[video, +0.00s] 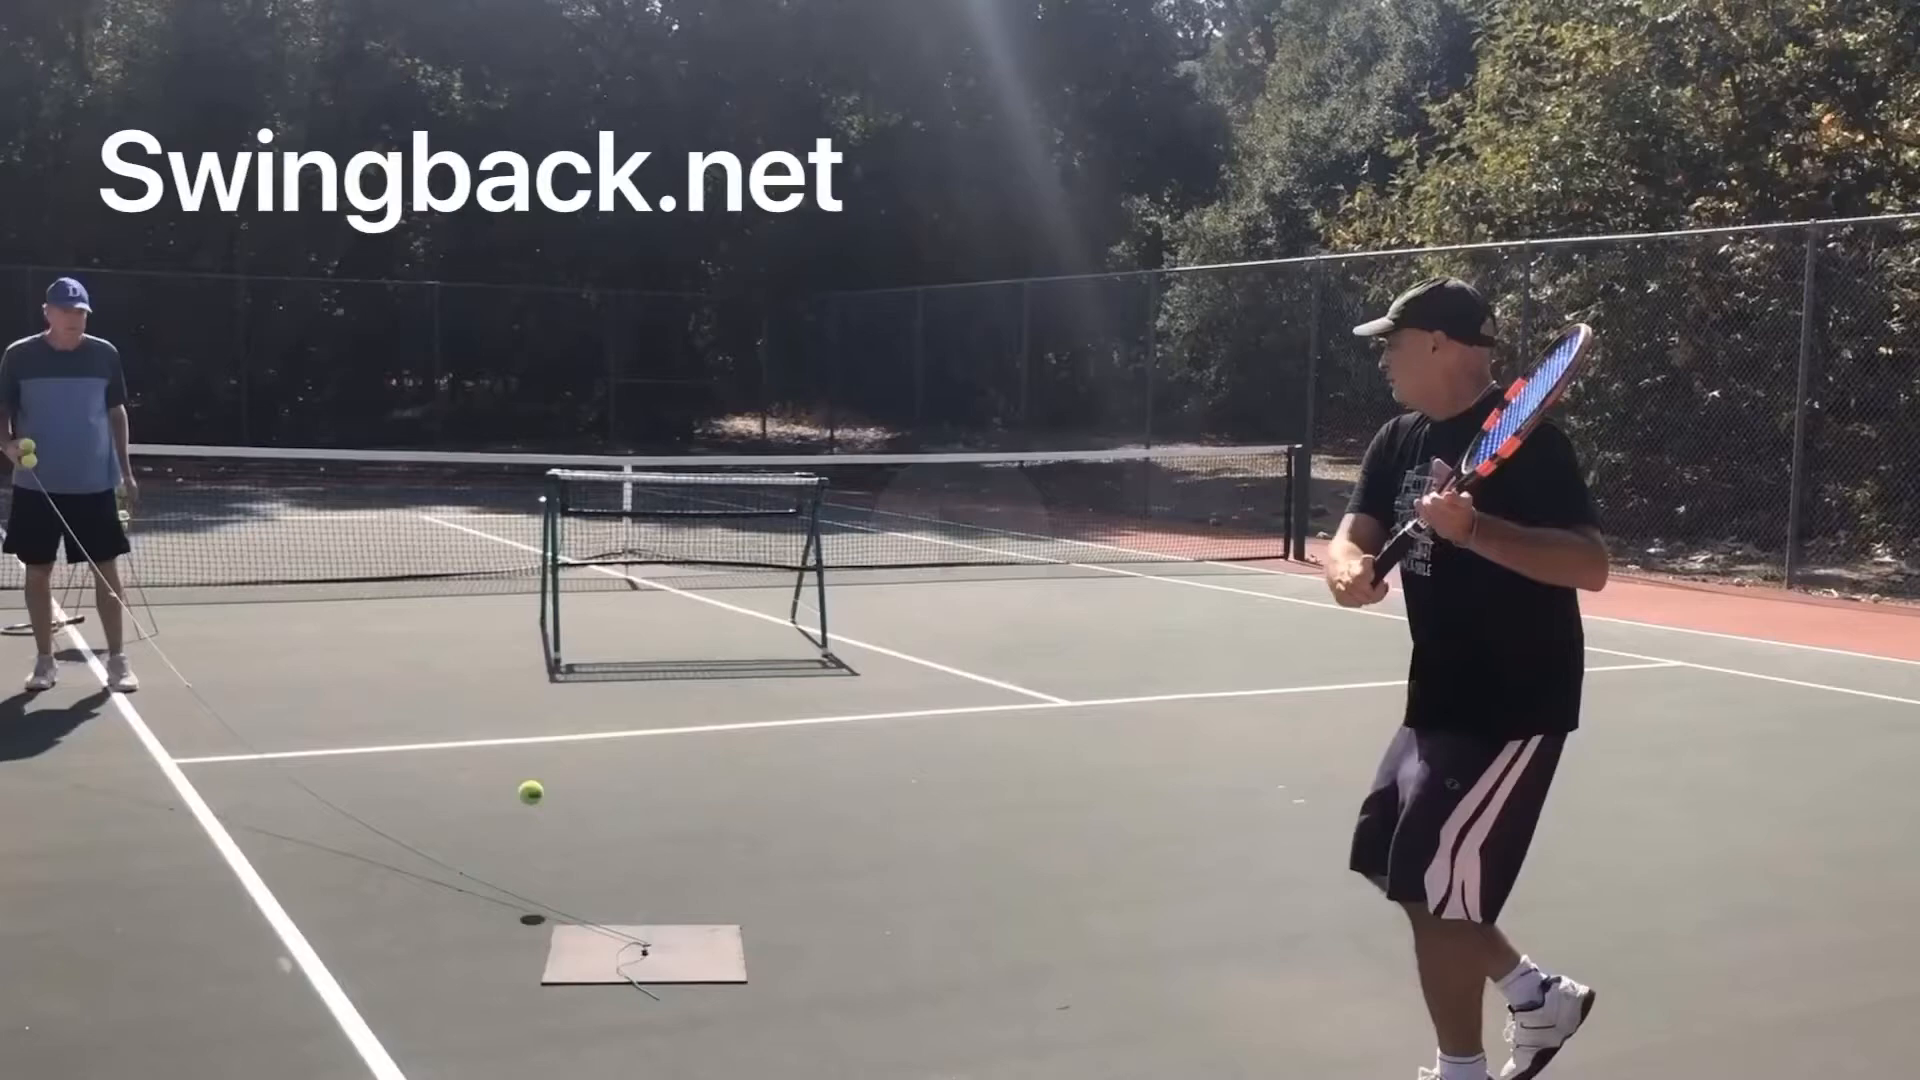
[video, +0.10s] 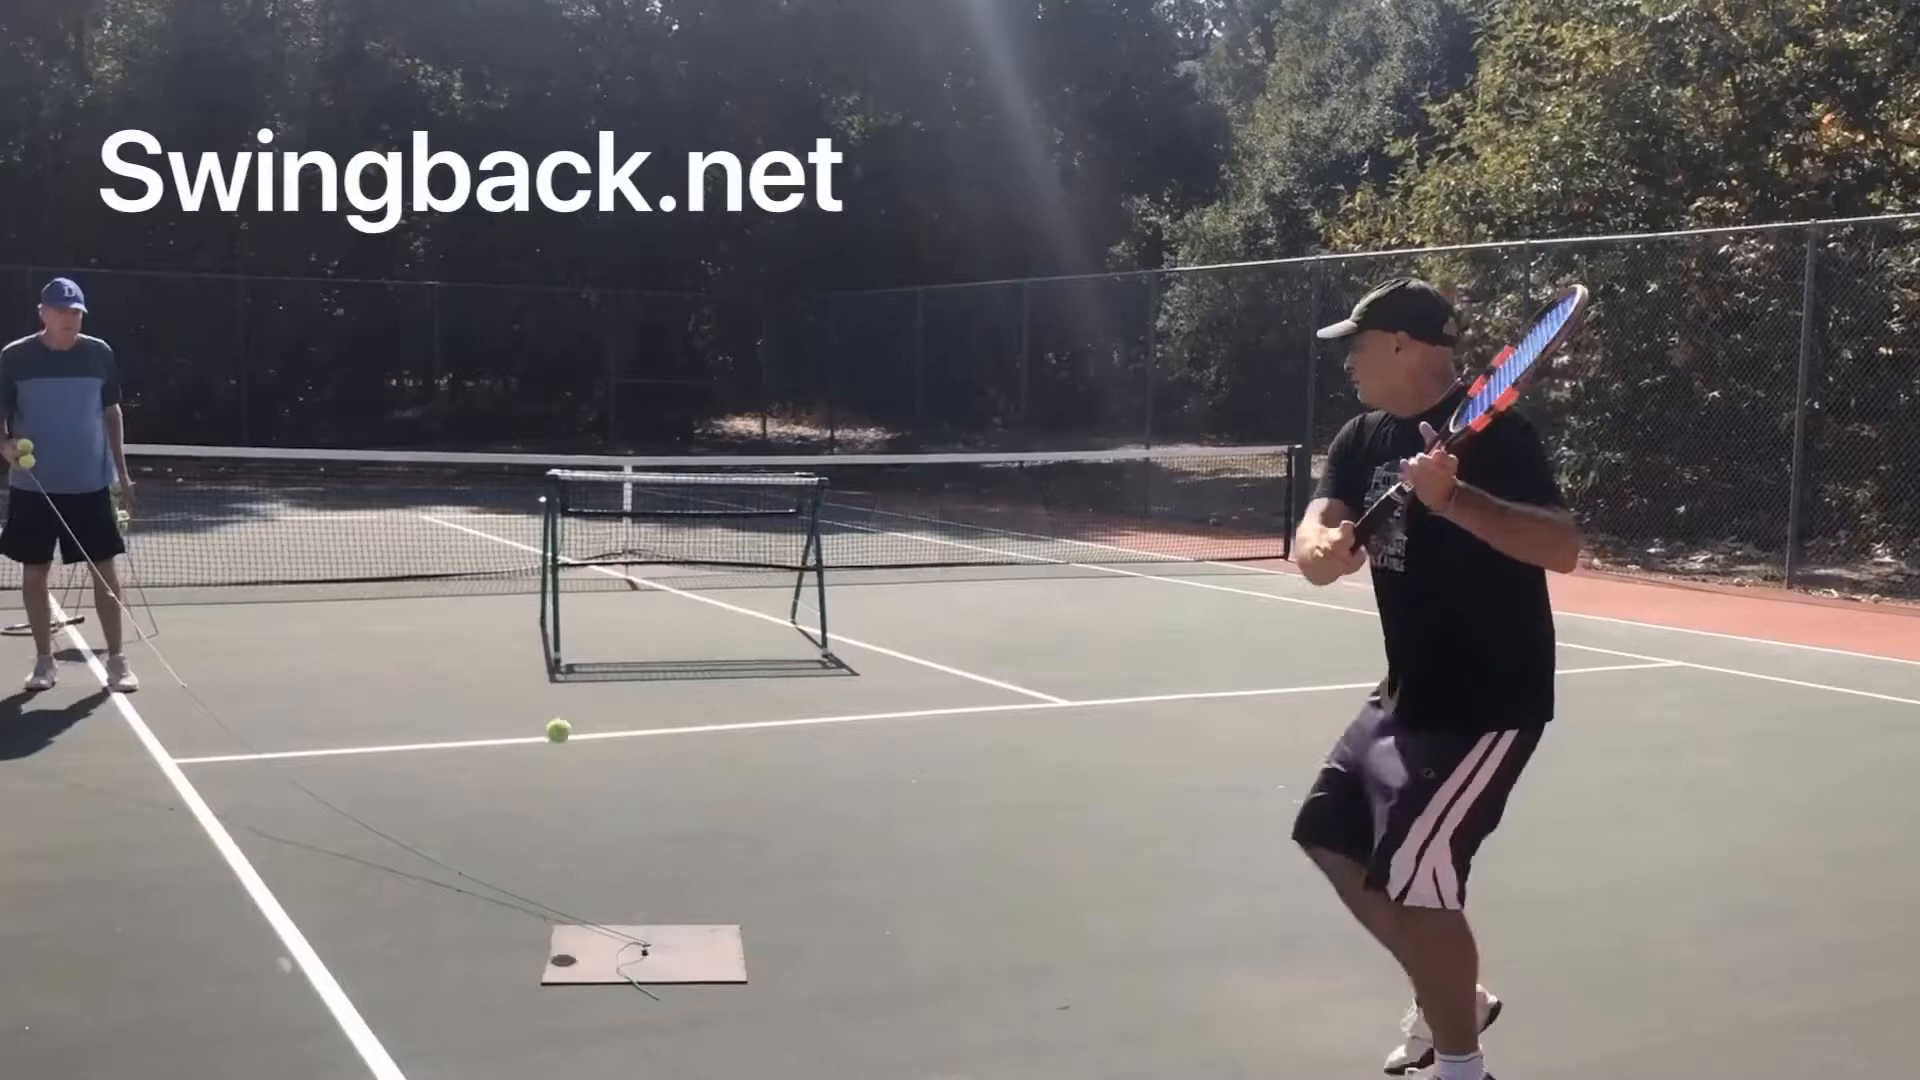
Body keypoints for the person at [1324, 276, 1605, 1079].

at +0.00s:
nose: (1385, 360)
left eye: (1395, 346)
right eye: (1387, 347)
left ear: (1445, 349)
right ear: (1436, 351)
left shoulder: (1529, 441)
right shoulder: (1402, 439)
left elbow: (1591, 564)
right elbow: (1353, 541)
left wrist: (1474, 530)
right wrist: (1349, 574)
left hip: (1518, 709)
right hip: (1439, 700)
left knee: (1438, 878)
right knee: (1390, 856)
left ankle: (1461, 1067)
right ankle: (1536, 995)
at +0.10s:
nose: (1350, 361)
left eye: (1362, 347)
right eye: (1354, 347)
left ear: (1413, 350)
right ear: (1399, 352)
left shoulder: (1498, 434)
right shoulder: (1365, 440)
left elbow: (1563, 547)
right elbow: (1311, 549)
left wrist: (1454, 499)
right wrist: (1331, 552)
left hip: (1496, 701)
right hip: (1412, 688)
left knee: (1414, 873)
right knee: (1331, 833)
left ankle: (1461, 1064)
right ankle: (1451, 997)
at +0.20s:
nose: (1295, 370)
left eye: (1303, 356)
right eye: (1295, 357)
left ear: (1349, 355)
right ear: (1341, 359)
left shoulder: (1448, 427)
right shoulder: (1311, 438)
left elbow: (1514, 518)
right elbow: (1265, 530)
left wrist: (1412, 455)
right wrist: (1295, 519)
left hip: (1448, 702)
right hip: (1361, 684)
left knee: (1390, 874)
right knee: (1272, 818)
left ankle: (1457, 1066)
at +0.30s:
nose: (1238, 338)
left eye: (1249, 321)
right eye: (1238, 323)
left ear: (1294, 322)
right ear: (1283, 326)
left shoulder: (1383, 393)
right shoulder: (1264, 406)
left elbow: (1444, 466)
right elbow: (1224, 467)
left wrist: (1366, 390)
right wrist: (1252, 455)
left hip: (1405, 659)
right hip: (1318, 643)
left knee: (1367, 837)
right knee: (1226, 786)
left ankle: (1461, 1031)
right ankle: (1165, 951)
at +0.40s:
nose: (1180, 365)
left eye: (1191, 349)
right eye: (1180, 351)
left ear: (1243, 348)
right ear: (1224, 352)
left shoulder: (1327, 410)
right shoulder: (1198, 426)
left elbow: (1339, 513)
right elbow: (1172, 488)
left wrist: (1308, 439)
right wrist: (1195, 499)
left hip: (1359, 668)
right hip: (1271, 656)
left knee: (1321, 849)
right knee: (1171, 795)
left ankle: (1453, 1019)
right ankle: (1132, 957)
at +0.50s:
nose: (1135, 385)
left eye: (1147, 369)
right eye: (1135, 372)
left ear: (1199, 370)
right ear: (1182, 377)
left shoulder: (1272, 430)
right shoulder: (1160, 464)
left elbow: (1287, 540)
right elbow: (1122, 535)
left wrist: (1223, 580)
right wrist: (1083, 582)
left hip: (1329, 674)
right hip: (1243, 669)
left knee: (1268, 850)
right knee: (1141, 786)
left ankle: (1431, 991)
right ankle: (1130, 958)